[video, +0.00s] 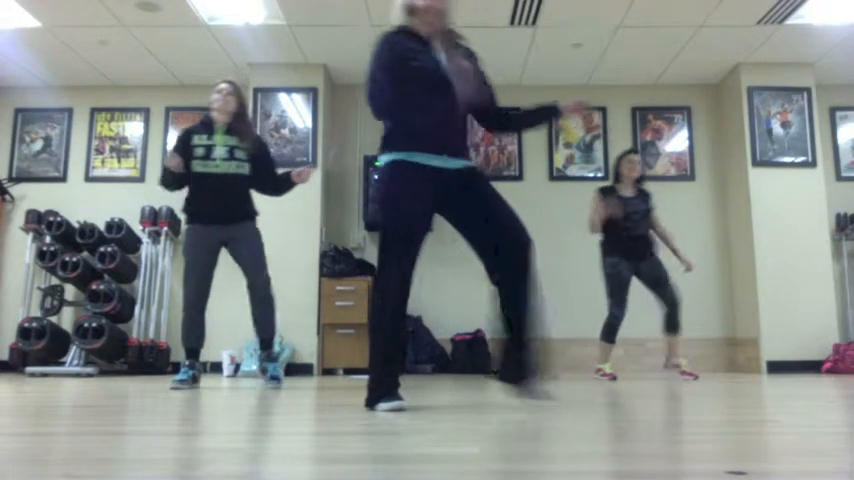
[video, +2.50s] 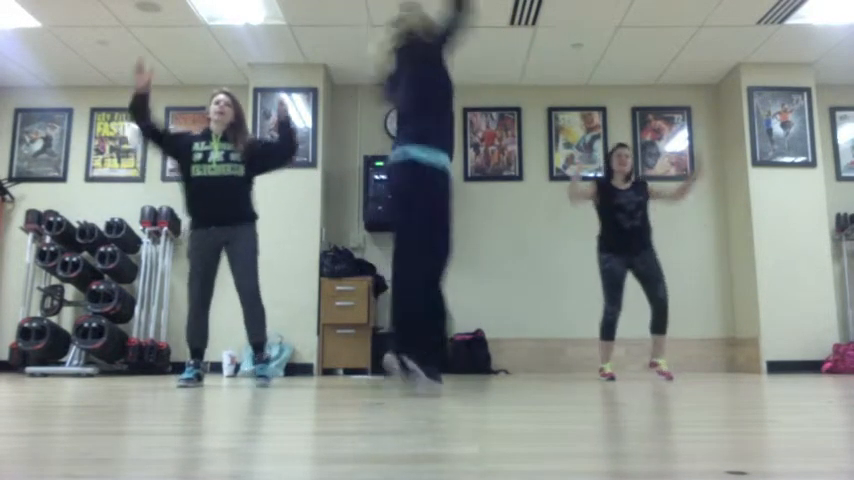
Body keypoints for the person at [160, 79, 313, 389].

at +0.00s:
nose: (220, 97)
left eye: (228, 94)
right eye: (217, 92)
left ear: (239, 105)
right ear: (209, 100)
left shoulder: (250, 141)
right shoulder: (190, 137)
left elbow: (266, 184)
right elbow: (172, 184)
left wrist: (291, 179)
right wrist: (173, 170)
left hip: (241, 226)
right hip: (202, 227)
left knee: (260, 285)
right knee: (194, 295)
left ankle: (267, 357)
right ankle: (190, 364)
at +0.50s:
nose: (215, 96)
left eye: (222, 94)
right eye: (211, 92)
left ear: (232, 105)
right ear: (203, 100)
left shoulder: (244, 139)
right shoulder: (184, 134)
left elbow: (262, 182)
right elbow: (164, 177)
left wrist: (284, 175)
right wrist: (180, 168)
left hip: (240, 225)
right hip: (200, 227)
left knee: (261, 281)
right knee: (194, 294)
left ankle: (269, 354)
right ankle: (190, 363)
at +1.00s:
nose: (259, 95)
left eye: (266, 93)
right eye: (254, 91)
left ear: (274, 104)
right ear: (245, 100)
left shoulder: (284, 142)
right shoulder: (226, 133)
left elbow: (295, 187)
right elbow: (207, 173)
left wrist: (321, 186)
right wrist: (188, 173)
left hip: (265, 227)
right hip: (226, 225)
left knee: (265, 296)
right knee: (208, 289)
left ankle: (267, 364)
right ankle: (189, 358)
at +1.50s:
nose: (261, 96)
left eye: (268, 93)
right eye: (256, 91)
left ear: (276, 105)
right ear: (247, 100)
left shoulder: (287, 141)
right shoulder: (230, 135)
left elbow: (298, 184)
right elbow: (210, 178)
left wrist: (323, 184)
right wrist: (193, 165)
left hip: (265, 227)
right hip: (227, 223)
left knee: (265, 297)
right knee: (207, 287)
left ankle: (267, 363)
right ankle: (193, 349)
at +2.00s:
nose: (221, 105)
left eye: (227, 103)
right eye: (217, 101)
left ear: (236, 115)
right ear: (207, 110)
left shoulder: (246, 150)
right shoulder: (188, 145)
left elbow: (263, 191)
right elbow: (170, 189)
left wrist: (289, 188)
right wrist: (171, 174)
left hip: (237, 230)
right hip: (199, 232)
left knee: (255, 287)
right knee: (195, 297)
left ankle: (265, 355)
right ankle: (194, 363)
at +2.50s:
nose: (220, 107)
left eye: (226, 104)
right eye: (216, 103)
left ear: (235, 114)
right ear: (207, 111)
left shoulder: (247, 148)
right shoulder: (187, 144)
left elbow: (284, 152)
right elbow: (147, 128)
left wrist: (284, 125)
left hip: (240, 228)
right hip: (204, 229)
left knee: (249, 291)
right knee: (198, 298)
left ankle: (260, 358)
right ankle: (195, 363)